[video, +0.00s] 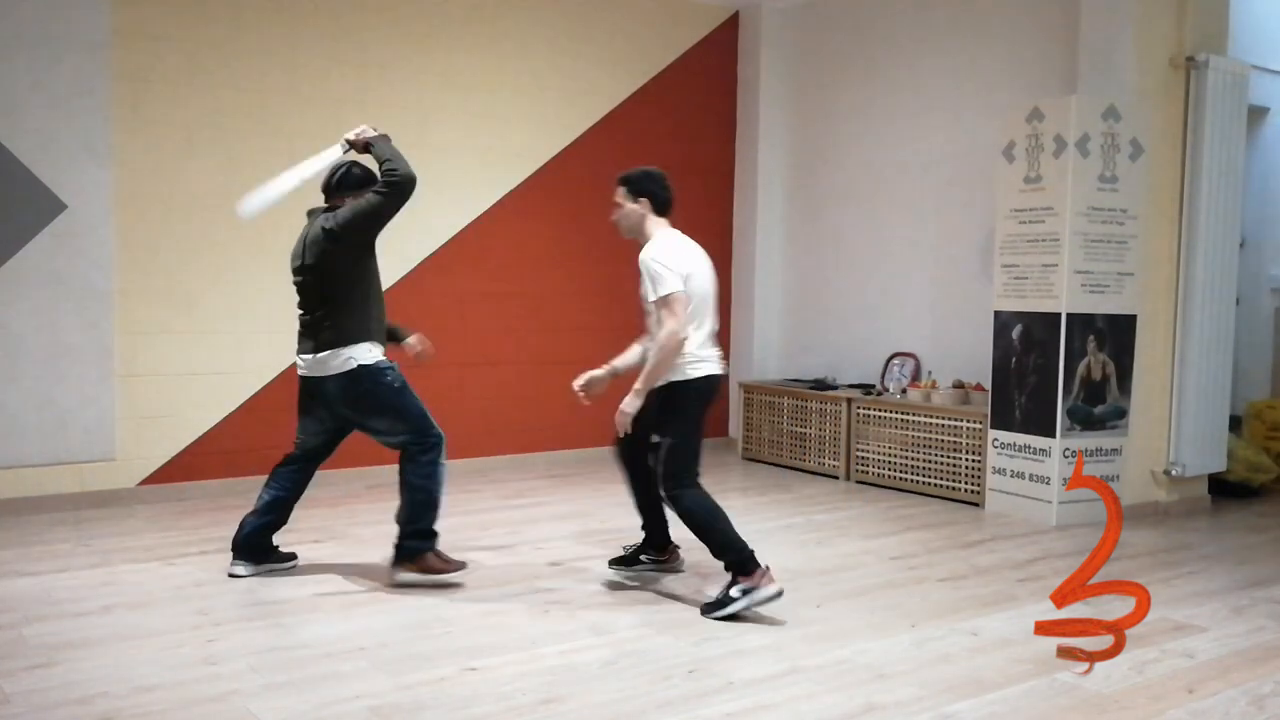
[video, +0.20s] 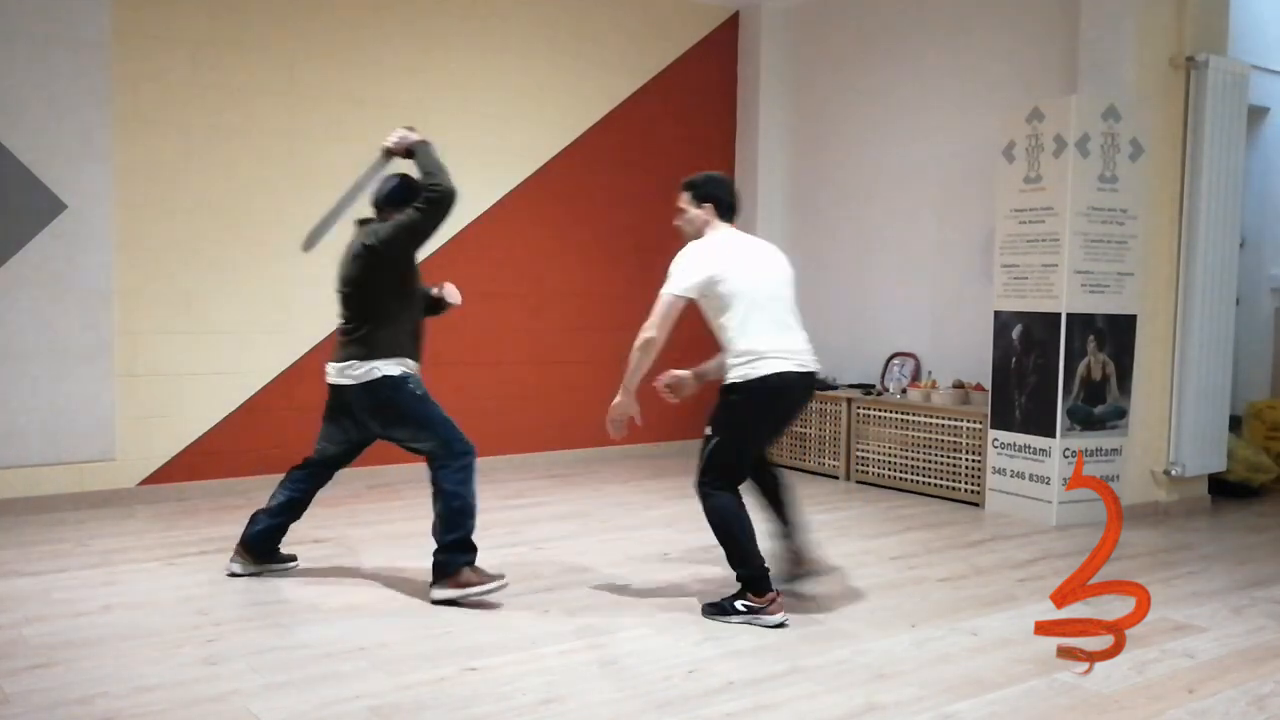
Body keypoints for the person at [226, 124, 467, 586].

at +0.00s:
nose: (371, 203)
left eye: (370, 195)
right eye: (368, 195)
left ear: (329, 194)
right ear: (353, 195)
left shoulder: (306, 240)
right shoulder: (346, 223)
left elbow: (344, 303)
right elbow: (400, 182)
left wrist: (399, 335)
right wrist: (377, 141)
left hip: (315, 371)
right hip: (356, 366)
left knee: (303, 458)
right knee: (424, 441)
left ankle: (252, 544)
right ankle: (416, 548)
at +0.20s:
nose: (422, 216)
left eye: (420, 206)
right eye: (419, 208)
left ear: (379, 205)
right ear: (407, 208)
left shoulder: (361, 246)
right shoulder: (389, 239)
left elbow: (386, 299)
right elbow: (439, 195)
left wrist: (432, 300)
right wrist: (419, 146)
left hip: (347, 383)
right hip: (385, 380)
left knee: (318, 466)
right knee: (455, 454)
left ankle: (255, 548)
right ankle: (453, 566)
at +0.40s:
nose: (512, 212)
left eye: (512, 204)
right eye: (508, 204)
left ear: (469, 203)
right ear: (488, 205)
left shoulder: (450, 242)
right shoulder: (466, 237)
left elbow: (459, 317)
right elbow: (531, 216)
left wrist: (501, 314)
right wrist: (553, 154)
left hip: (418, 373)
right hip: (446, 376)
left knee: (436, 456)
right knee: (496, 468)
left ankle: (351, 523)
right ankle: (459, 577)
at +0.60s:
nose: (599, 206)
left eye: (599, 196)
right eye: (591, 196)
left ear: (560, 196)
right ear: (564, 196)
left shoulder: (536, 230)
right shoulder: (544, 231)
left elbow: (527, 298)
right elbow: (622, 245)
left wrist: (573, 315)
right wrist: (700, 203)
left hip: (536, 377)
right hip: (510, 377)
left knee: (579, 448)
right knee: (517, 481)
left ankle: (592, 556)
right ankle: (458, 573)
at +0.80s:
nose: (679, 206)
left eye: (679, 197)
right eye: (670, 197)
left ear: (646, 202)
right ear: (643, 201)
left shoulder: (617, 238)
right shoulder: (635, 242)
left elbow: (617, 305)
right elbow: (716, 274)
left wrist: (663, 325)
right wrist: (804, 271)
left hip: (639, 387)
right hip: (614, 387)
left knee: (682, 459)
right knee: (612, 485)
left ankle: (687, 565)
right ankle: (516, 544)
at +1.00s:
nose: (762, 203)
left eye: (761, 193)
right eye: (755, 193)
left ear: (721, 198)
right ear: (730, 196)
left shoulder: (694, 233)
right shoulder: (718, 238)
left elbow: (703, 309)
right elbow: (791, 297)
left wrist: (753, 320)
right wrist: (868, 338)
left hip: (676, 369)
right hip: (690, 372)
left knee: (725, 466)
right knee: (740, 465)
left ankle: (691, 562)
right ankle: (687, 566)